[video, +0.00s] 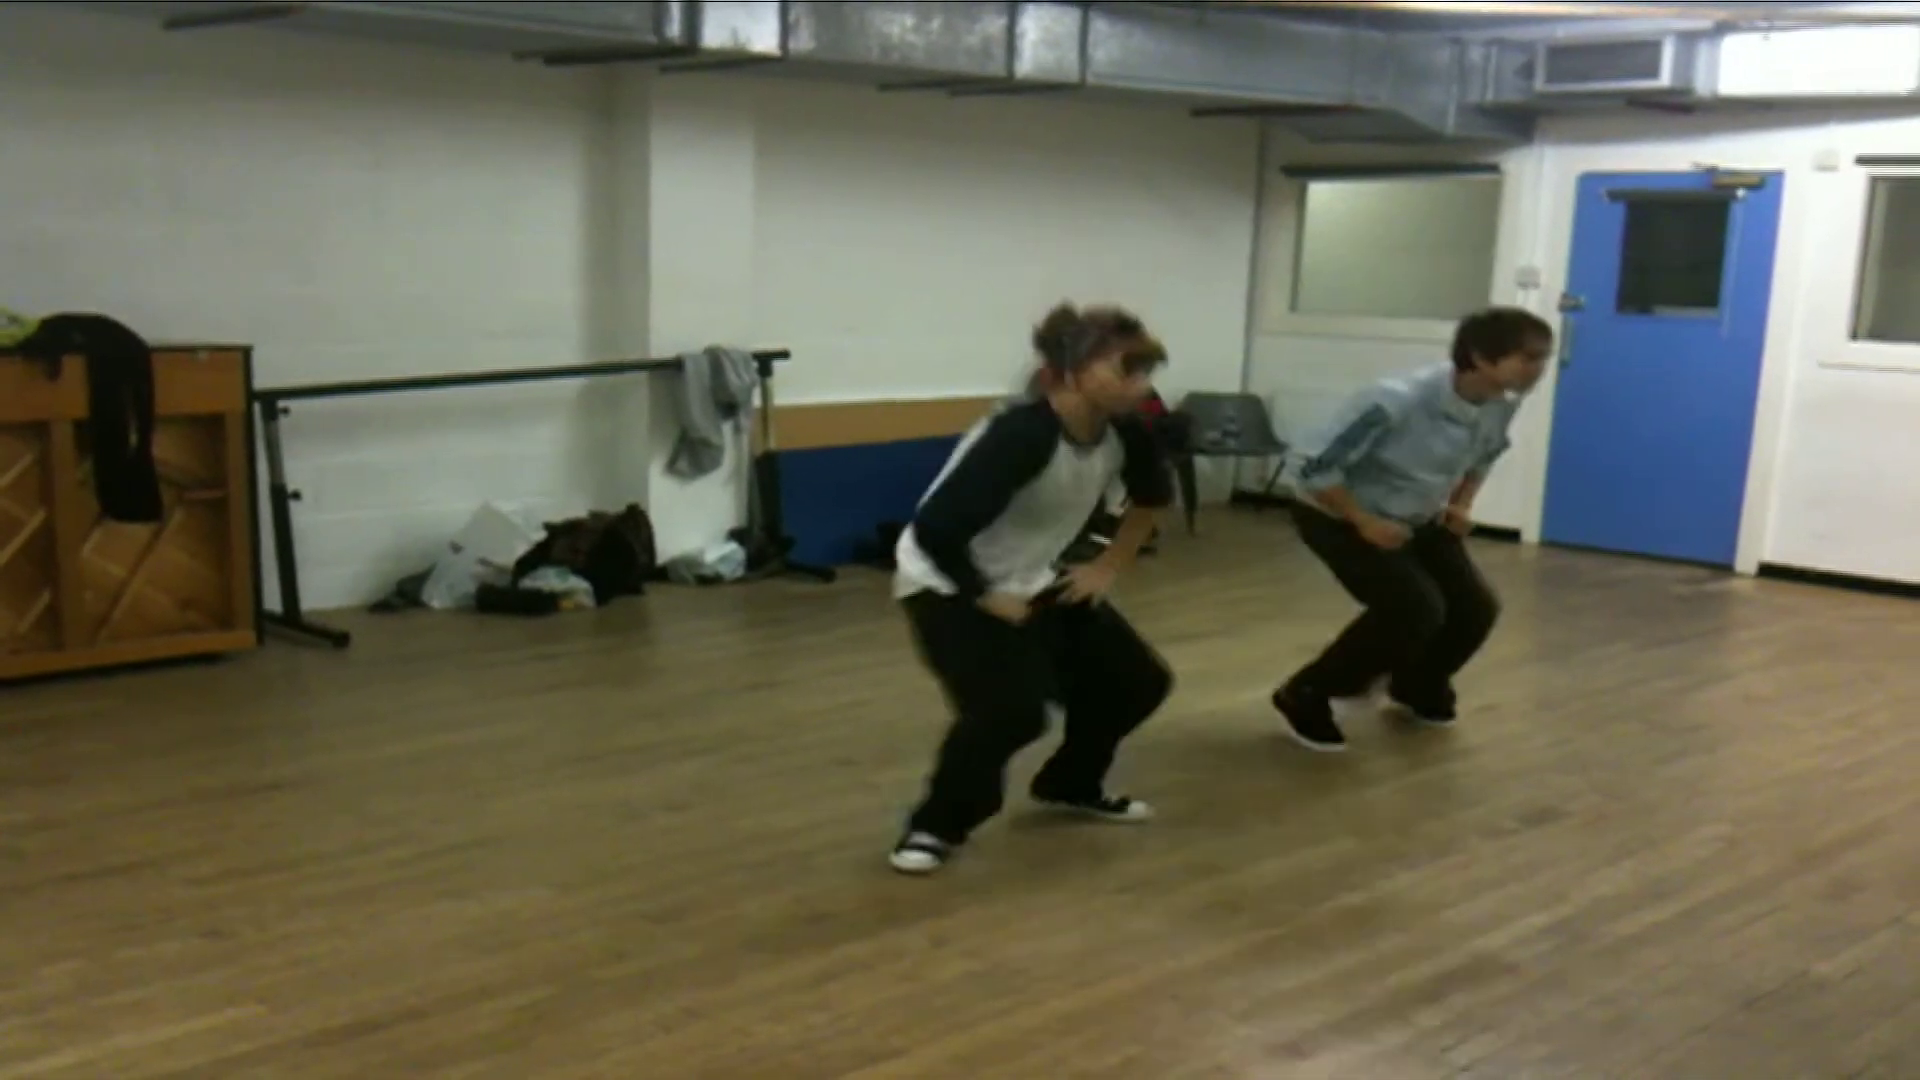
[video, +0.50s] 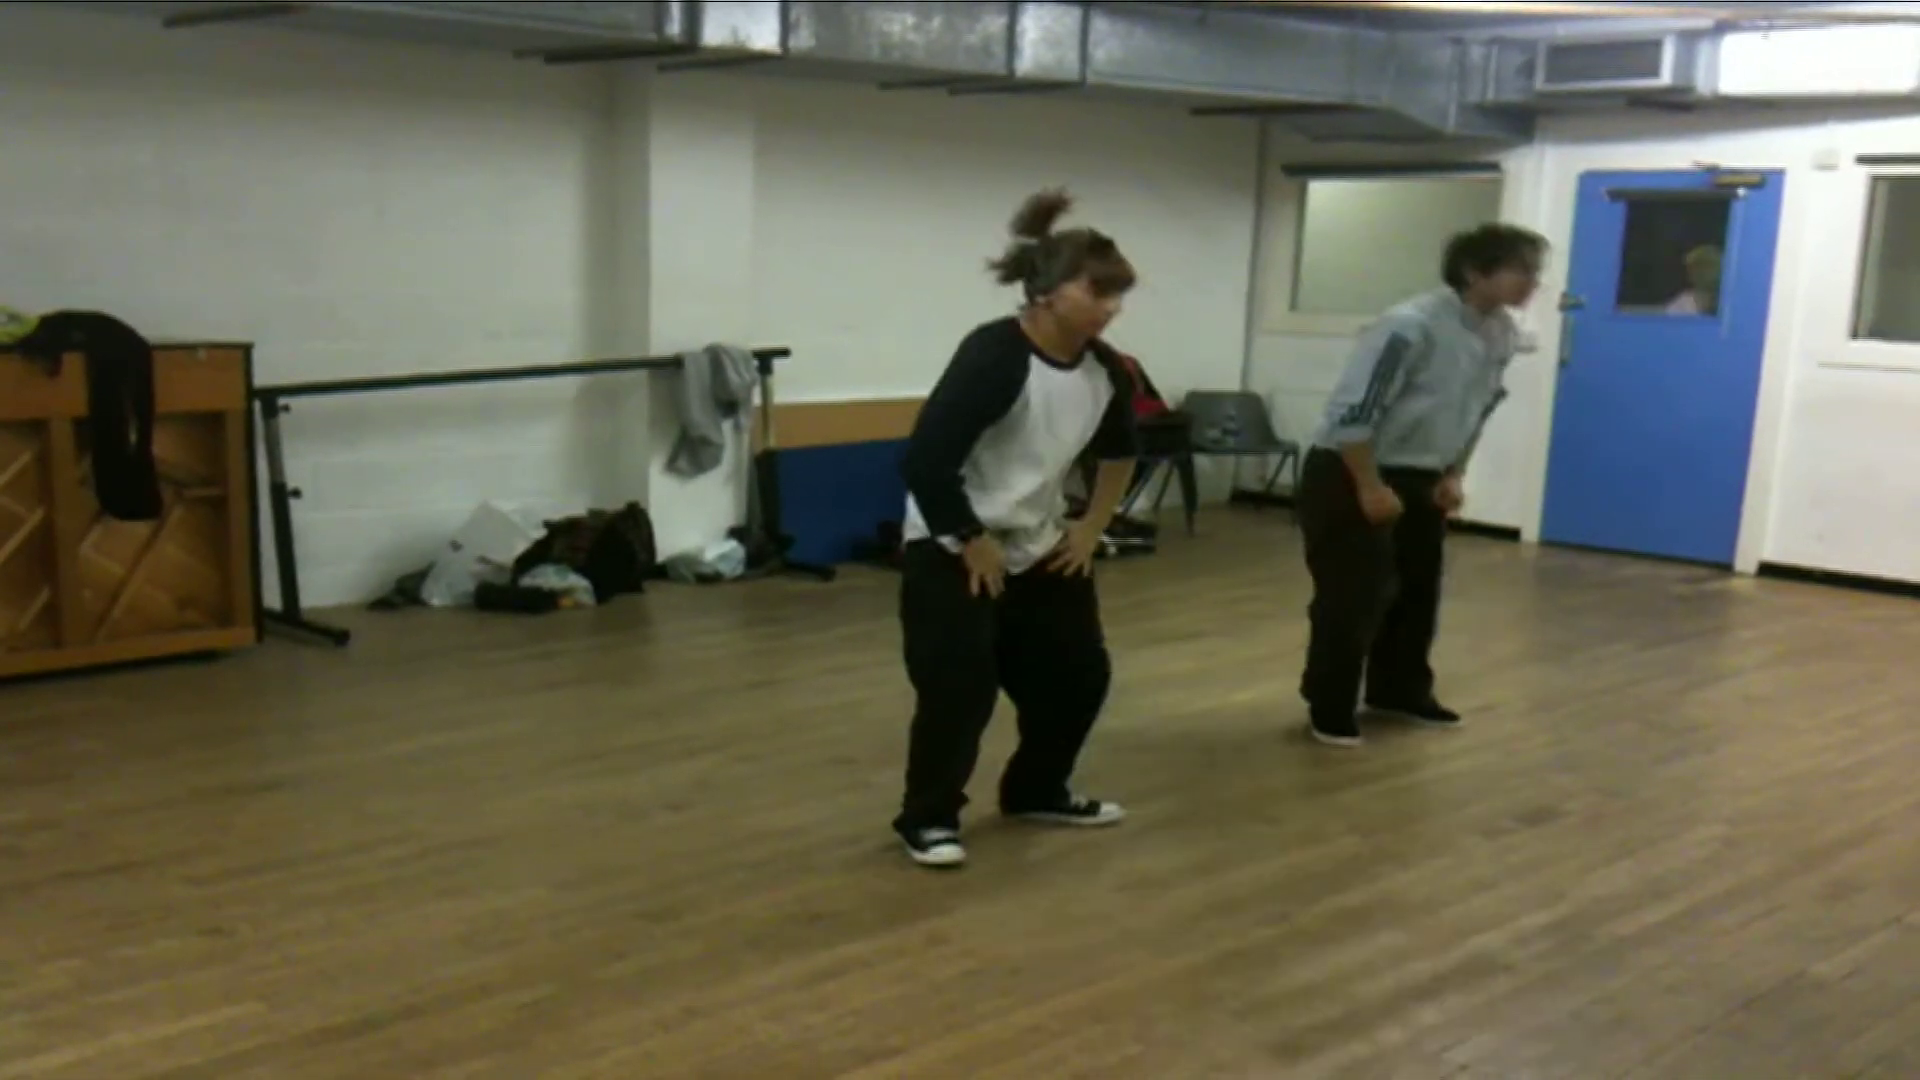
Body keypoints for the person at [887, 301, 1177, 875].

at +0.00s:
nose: (1141, 385)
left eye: (1142, 370)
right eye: (1124, 370)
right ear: (1069, 377)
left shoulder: (1125, 432)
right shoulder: (1022, 435)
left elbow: (1150, 501)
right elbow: (934, 531)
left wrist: (1107, 566)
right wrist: (984, 595)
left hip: (1032, 577)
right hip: (947, 585)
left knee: (1135, 681)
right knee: (1008, 706)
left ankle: (1070, 781)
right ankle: (934, 828)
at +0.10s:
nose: (1154, 448)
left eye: (1155, 435)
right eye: (1142, 436)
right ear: (1093, 438)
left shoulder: (1122, 478)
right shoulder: (1031, 479)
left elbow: (1143, 535)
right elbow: (905, 541)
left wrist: (1074, 583)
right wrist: (938, 604)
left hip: (1022, 603)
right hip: (927, 610)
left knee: (1142, 676)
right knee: (953, 707)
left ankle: (1063, 792)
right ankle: (923, 821)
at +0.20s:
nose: (1156, 461)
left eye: (1160, 449)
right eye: (1146, 447)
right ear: (1101, 439)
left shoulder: (1123, 479)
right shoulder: (1021, 476)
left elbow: (1120, 535)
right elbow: (901, 529)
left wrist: (1053, 585)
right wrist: (923, 587)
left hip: (1024, 589)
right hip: (932, 593)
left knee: (1128, 669)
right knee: (967, 687)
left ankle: (1066, 792)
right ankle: (923, 823)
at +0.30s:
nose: (1152, 389)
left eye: (1154, 374)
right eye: (1141, 371)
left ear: (1108, 369)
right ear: (1094, 365)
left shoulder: (1120, 425)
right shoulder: (1011, 410)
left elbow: (1116, 484)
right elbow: (903, 486)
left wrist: (1070, 547)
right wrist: (933, 560)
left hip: (1015, 566)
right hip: (927, 566)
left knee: (1093, 664)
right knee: (957, 679)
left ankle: (1051, 792)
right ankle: (923, 820)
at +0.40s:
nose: (1129, 328)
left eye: (1132, 315)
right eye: (1117, 313)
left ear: (1120, 319)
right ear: (1063, 313)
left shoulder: (1113, 389)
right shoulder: (999, 372)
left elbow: (1122, 465)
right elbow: (910, 469)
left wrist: (1083, 528)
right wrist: (958, 545)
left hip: (1027, 554)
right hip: (942, 551)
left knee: (1077, 671)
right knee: (963, 681)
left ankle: (1035, 791)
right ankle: (930, 819)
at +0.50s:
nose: (1110, 307)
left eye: (1115, 294)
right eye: (1098, 291)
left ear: (1110, 300)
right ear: (1049, 295)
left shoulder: (1105, 376)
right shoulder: (993, 355)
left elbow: (1119, 452)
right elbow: (926, 459)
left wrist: (1092, 525)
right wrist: (970, 539)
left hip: (1042, 547)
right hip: (950, 545)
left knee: (1076, 674)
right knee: (958, 683)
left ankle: (1036, 791)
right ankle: (929, 818)